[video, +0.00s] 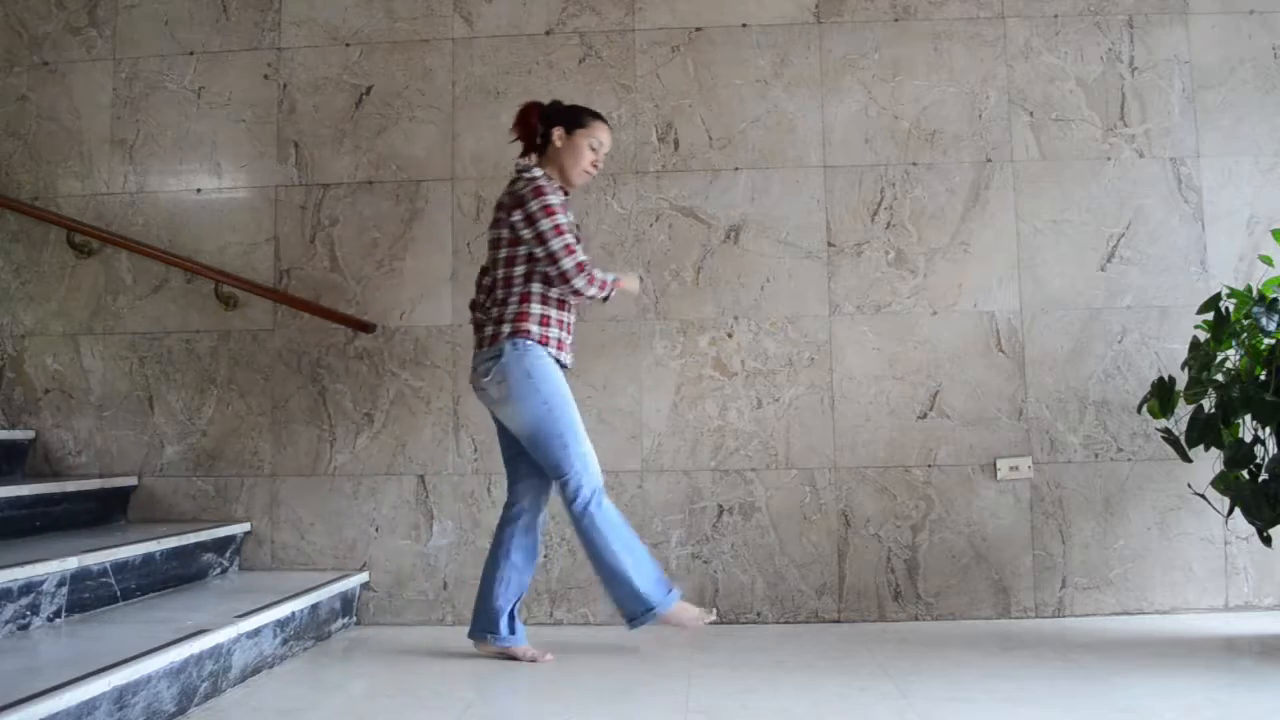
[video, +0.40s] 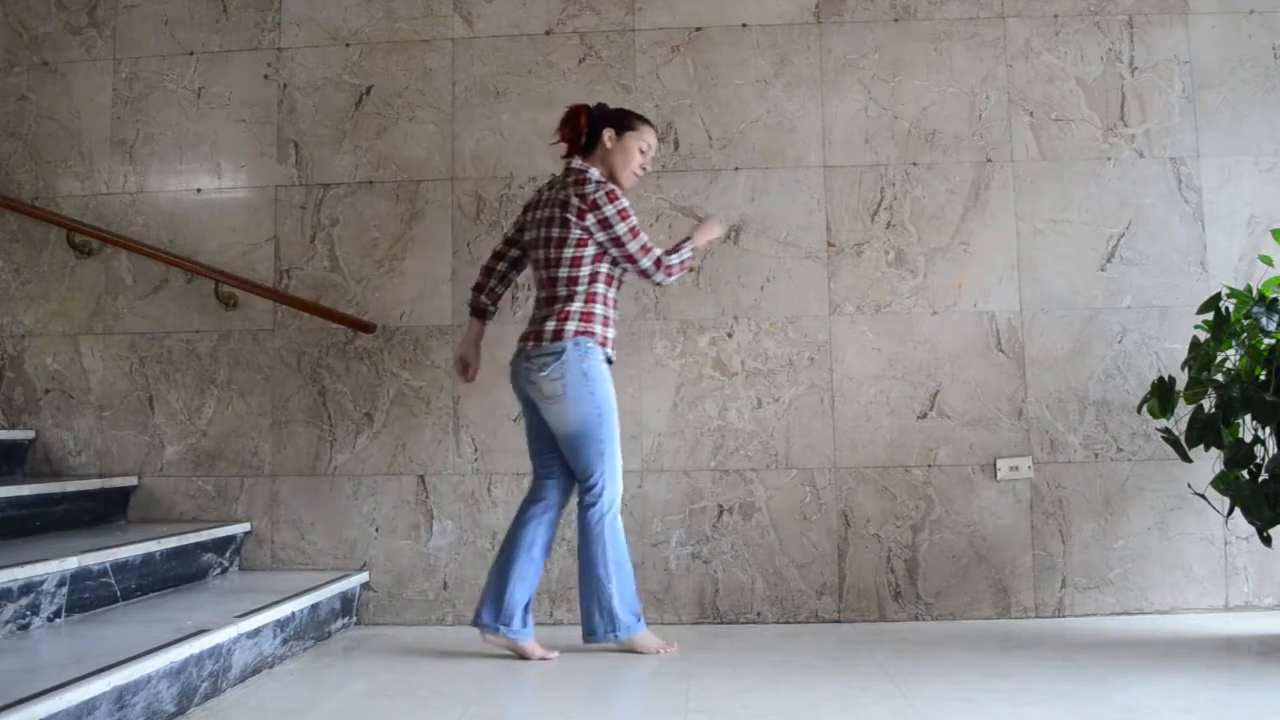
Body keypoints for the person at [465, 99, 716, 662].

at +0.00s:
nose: (598, 164)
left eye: (603, 155)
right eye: (592, 149)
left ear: (565, 148)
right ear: (557, 138)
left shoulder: (524, 194)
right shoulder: (537, 189)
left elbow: (486, 292)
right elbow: (577, 277)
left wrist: (496, 350)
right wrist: (614, 285)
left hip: (505, 359)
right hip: (523, 357)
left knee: (528, 496)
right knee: (583, 481)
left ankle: (495, 629)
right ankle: (656, 600)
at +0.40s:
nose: (646, 166)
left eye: (650, 157)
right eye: (641, 152)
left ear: (604, 145)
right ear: (609, 138)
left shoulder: (544, 198)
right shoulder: (599, 194)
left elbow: (502, 263)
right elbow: (657, 267)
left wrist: (472, 333)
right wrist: (698, 242)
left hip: (533, 358)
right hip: (575, 356)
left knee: (551, 486)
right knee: (602, 491)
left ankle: (504, 620)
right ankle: (619, 623)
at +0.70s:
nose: (656, 171)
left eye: (661, 162)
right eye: (652, 155)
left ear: (616, 149)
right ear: (619, 142)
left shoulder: (557, 198)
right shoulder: (599, 196)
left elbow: (522, 278)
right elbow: (660, 263)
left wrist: (551, 325)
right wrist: (739, 311)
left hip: (536, 364)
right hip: (577, 360)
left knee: (565, 489)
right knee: (633, 478)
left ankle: (523, 628)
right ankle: (626, 622)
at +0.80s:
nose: (659, 170)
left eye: (663, 161)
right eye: (655, 156)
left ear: (620, 151)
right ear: (620, 144)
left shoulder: (566, 199)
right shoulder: (599, 198)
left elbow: (558, 288)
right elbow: (641, 285)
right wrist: (691, 368)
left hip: (540, 361)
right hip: (574, 360)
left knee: (564, 491)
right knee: (641, 472)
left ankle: (522, 629)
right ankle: (636, 618)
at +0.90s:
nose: (669, 164)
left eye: (673, 155)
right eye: (664, 150)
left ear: (627, 147)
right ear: (629, 142)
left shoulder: (593, 193)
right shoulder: (602, 192)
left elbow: (590, 280)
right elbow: (592, 274)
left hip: (550, 356)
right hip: (580, 355)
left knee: (568, 484)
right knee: (638, 472)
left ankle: (524, 622)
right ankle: (630, 617)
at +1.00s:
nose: (680, 159)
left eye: (684, 150)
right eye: (675, 146)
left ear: (651, 143)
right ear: (641, 136)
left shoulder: (626, 198)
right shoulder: (607, 184)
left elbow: (613, 290)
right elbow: (559, 254)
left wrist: (650, 349)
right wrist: (518, 335)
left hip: (569, 350)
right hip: (587, 349)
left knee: (575, 481)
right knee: (627, 473)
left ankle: (527, 614)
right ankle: (615, 618)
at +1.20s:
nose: (699, 156)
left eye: (703, 146)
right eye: (693, 142)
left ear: (668, 140)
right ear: (656, 133)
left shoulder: (654, 205)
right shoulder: (611, 175)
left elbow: (645, 298)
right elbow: (549, 219)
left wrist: (700, 318)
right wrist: (476, 250)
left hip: (625, 351)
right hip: (602, 346)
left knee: (619, 479)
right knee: (629, 476)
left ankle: (537, 593)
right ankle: (617, 621)